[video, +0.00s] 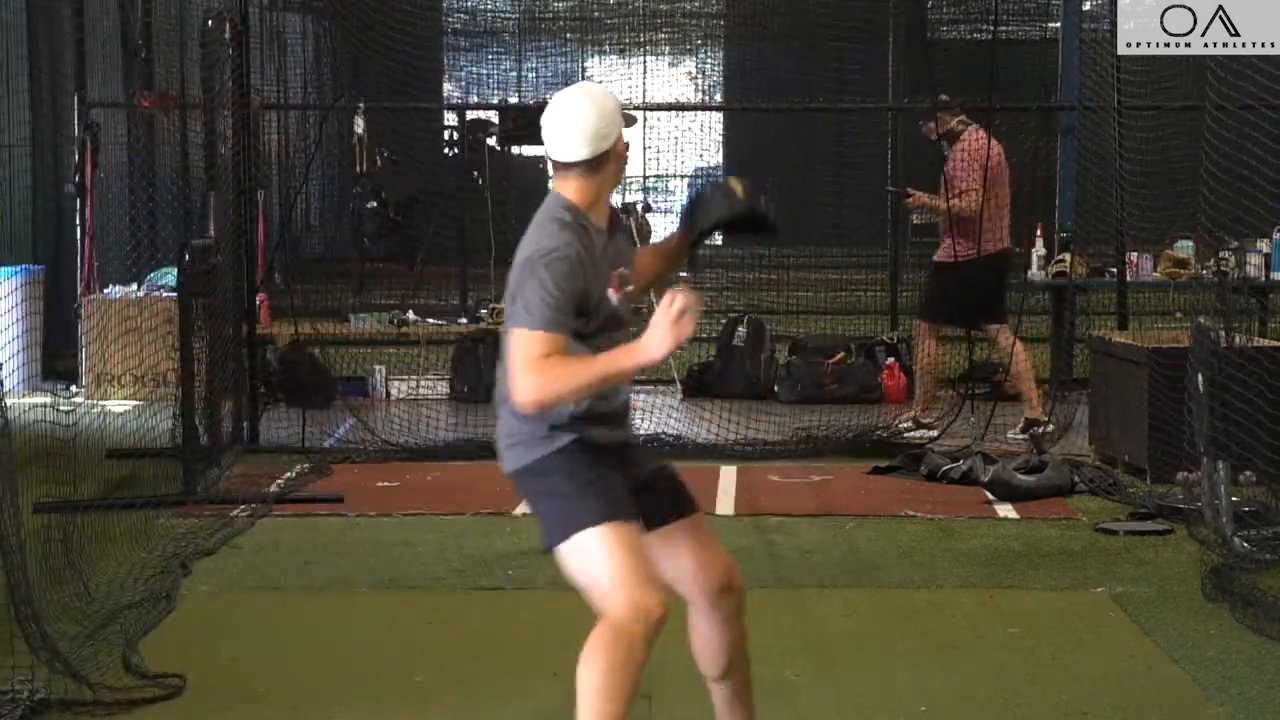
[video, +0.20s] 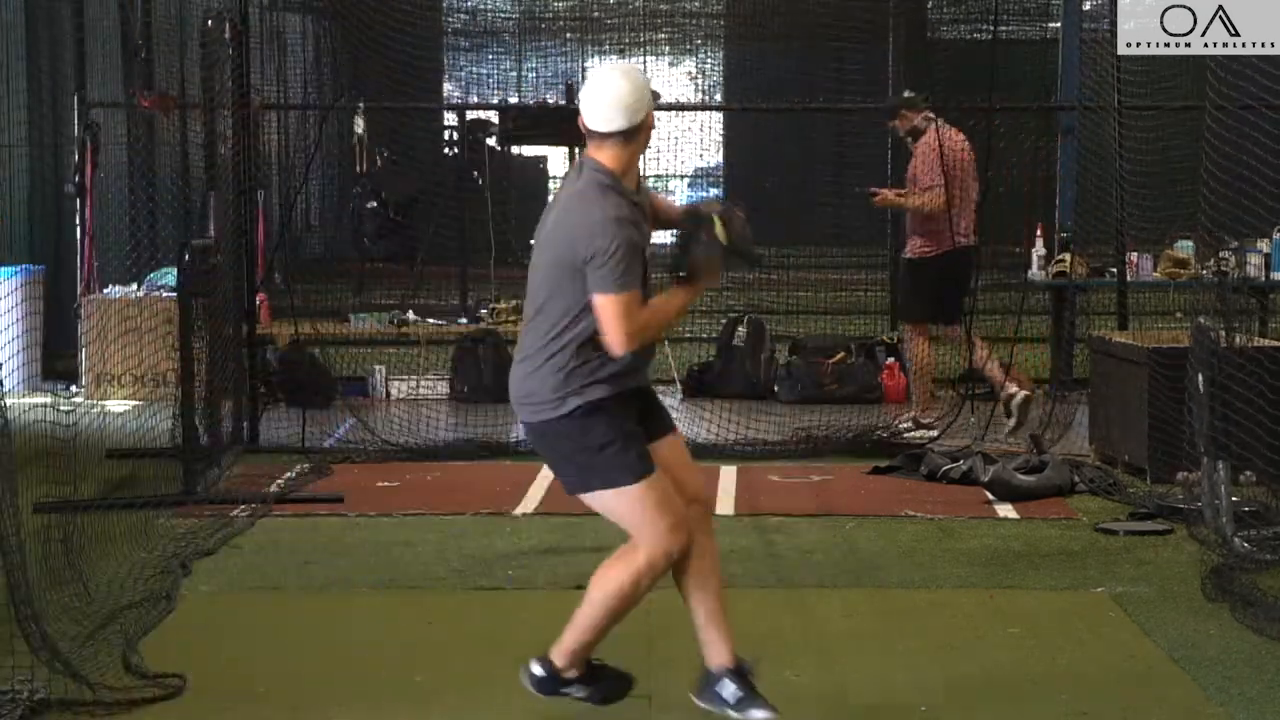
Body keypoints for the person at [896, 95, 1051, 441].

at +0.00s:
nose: (929, 133)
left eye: (930, 126)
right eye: (927, 127)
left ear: (946, 119)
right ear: (957, 116)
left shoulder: (964, 149)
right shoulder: (989, 144)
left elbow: (969, 206)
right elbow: (986, 206)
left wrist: (927, 202)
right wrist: (934, 208)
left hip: (960, 259)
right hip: (992, 256)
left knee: (926, 330)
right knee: (999, 332)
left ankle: (924, 416)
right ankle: (1035, 414)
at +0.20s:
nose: (897, 129)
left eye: (897, 122)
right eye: (894, 124)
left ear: (911, 115)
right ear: (924, 112)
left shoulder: (928, 143)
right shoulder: (959, 140)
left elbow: (935, 201)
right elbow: (970, 195)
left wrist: (895, 199)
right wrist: (906, 196)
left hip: (927, 252)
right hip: (959, 249)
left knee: (915, 331)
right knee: (954, 328)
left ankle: (923, 415)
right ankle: (1009, 388)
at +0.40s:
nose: (867, 127)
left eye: (867, 120)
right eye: (864, 121)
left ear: (879, 113)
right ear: (894, 108)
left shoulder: (898, 141)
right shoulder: (928, 134)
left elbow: (899, 200)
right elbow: (942, 191)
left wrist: (867, 195)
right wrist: (883, 188)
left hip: (909, 249)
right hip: (932, 243)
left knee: (908, 330)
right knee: (912, 328)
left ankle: (922, 413)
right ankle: (934, 401)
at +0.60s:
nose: (843, 117)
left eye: (847, 109)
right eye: (840, 111)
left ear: (867, 106)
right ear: (868, 112)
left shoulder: (871, 143)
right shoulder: (899, 138)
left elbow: (873, 198)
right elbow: (910, 197)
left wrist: (840, 201)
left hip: (888, 250)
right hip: (907, 246)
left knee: (890, 332)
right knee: (876, 332)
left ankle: (922, 412)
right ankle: (855, 405)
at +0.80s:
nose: (825, 114)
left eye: (830, 107)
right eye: (822, 109)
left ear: (849, 107)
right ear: (824, 112)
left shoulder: (853, 143)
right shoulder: (867, 140)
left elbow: (852, 199)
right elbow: (864, 197)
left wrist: (816, 199)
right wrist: (824, 198)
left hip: (859, 254)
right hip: (866, 251)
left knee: (865, 332)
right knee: (848, 331)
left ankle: (914, 406)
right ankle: (829, 408)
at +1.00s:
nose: (809, 106)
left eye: (815, 100)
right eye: (805, 101)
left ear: (833, 103)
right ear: (804, 106)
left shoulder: (831, 136)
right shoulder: (834, 134)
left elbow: (834, 187)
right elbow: (828, 187)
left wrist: (795, 188)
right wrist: (796, 187)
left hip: (828, 247)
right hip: (841, 245)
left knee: (800, 323)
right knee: (824, 326)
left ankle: (865, 384)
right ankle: (825, 408)